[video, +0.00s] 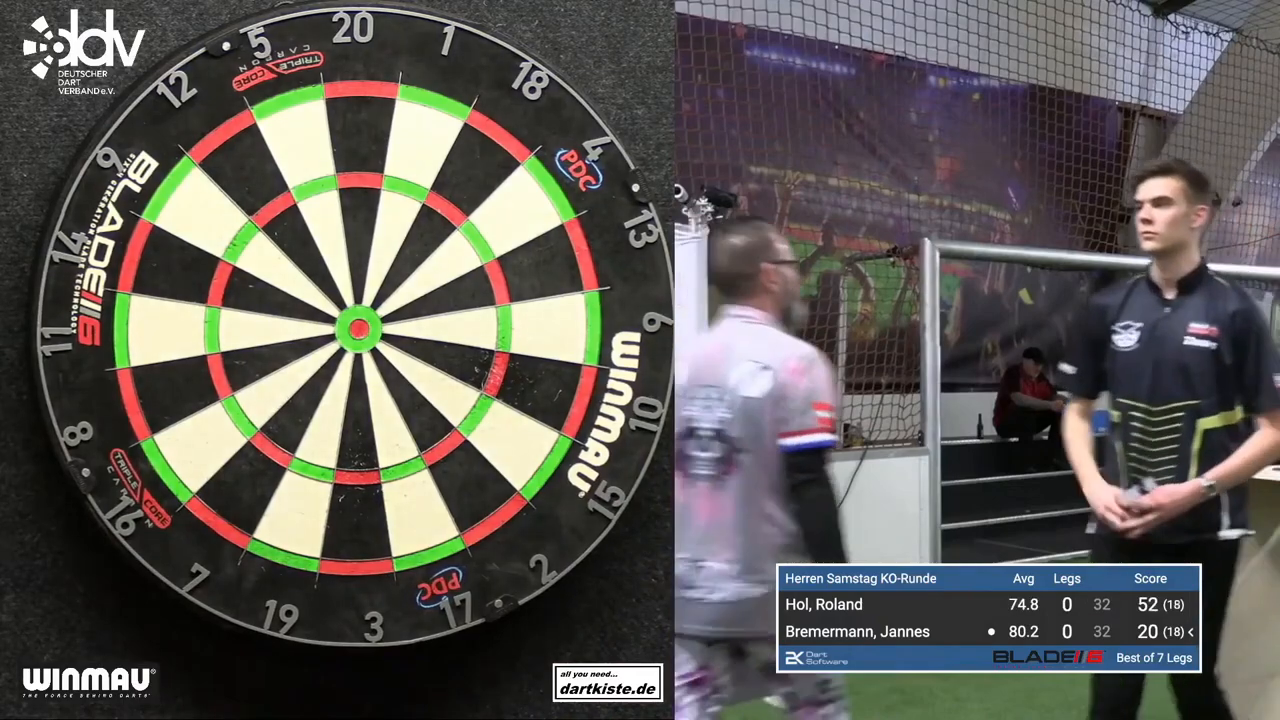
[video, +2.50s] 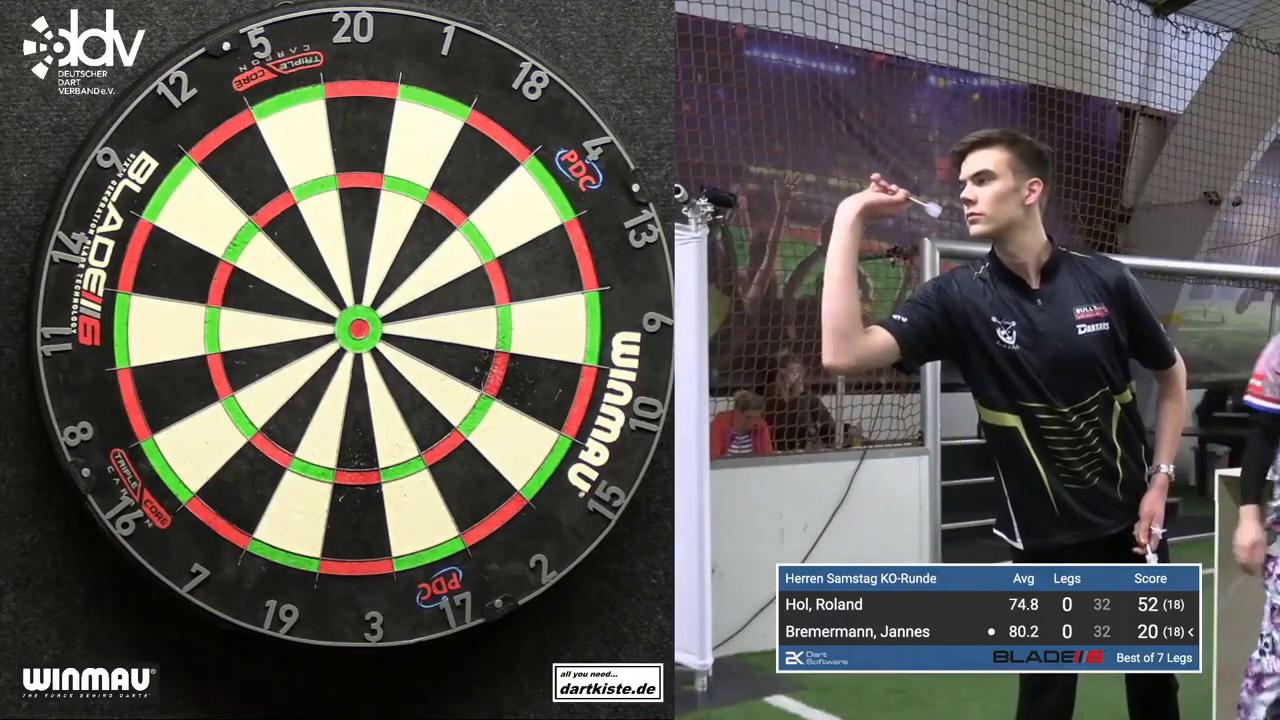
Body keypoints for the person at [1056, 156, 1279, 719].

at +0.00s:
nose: (1144, 216)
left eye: (1161, 204)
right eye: (1139, 207)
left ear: (1201, 216)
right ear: (1133, 218)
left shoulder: (1236, 314)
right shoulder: (1106, 309)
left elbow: (1272, 430)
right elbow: (1076, 411)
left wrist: (1193, 492)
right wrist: (1094, 487)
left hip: (1202, 534)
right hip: (1118, 529)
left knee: (1192, 680)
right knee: (1113, 682)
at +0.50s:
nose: (1100, 200)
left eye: (1116, 188)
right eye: (1095, 190)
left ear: (1158, 201)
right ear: (1089, 203)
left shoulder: (1202, 305)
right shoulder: (1058, 298)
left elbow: (1239, 419)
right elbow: (1028, 409)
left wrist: (1186, 499)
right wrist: (1035, 496)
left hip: (1167, 536)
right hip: (1082, 533)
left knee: (1153, 693)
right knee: (1098, 694)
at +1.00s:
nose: (1036, 190)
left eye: (1053, 176)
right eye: (1031, 180)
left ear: (1100, 188)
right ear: (1027, 193)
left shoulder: (1154, 289)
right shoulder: (1007, 296)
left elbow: (1207, 397)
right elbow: (974, 424)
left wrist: (1180, 495)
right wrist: (939, 530)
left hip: (1141, 534)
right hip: (1052, 538)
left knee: (1147, 698)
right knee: (1058, 702)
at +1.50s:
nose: (978, 193)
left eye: (996, 178)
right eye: (976, 182)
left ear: (1045, 190)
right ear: (976, 196)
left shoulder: (1116, 280)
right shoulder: (965, 305)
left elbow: (1186, 374)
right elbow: (891, 408)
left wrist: (1175, 479)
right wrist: (799, 520)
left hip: (1140, 527)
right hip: (1049, 541)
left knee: (1162, 692)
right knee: (1051, 699)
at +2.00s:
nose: (970, 195)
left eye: (987, 179)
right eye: (968, 185)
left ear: (1037, 191)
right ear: (968, 200)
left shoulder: (1108, 279)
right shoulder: (960, 297)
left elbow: (1177, 374)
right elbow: (847, 352)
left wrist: (1166, 479)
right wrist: (765, 241)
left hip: (1136, 523)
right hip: (1046, 538)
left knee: (1158, 685)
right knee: (1050, 698)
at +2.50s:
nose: (966, 196)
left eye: (983, 180)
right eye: (963, 185)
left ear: (1032, 191)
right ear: (963, 201)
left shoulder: (1104, 280)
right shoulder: (958, 298)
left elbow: (1172, 376)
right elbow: (842, 350)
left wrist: (1160, 481)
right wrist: (847, 216)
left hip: (1130, 526)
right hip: (1039, 542)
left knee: (1154, 685)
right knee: (1046, 699)